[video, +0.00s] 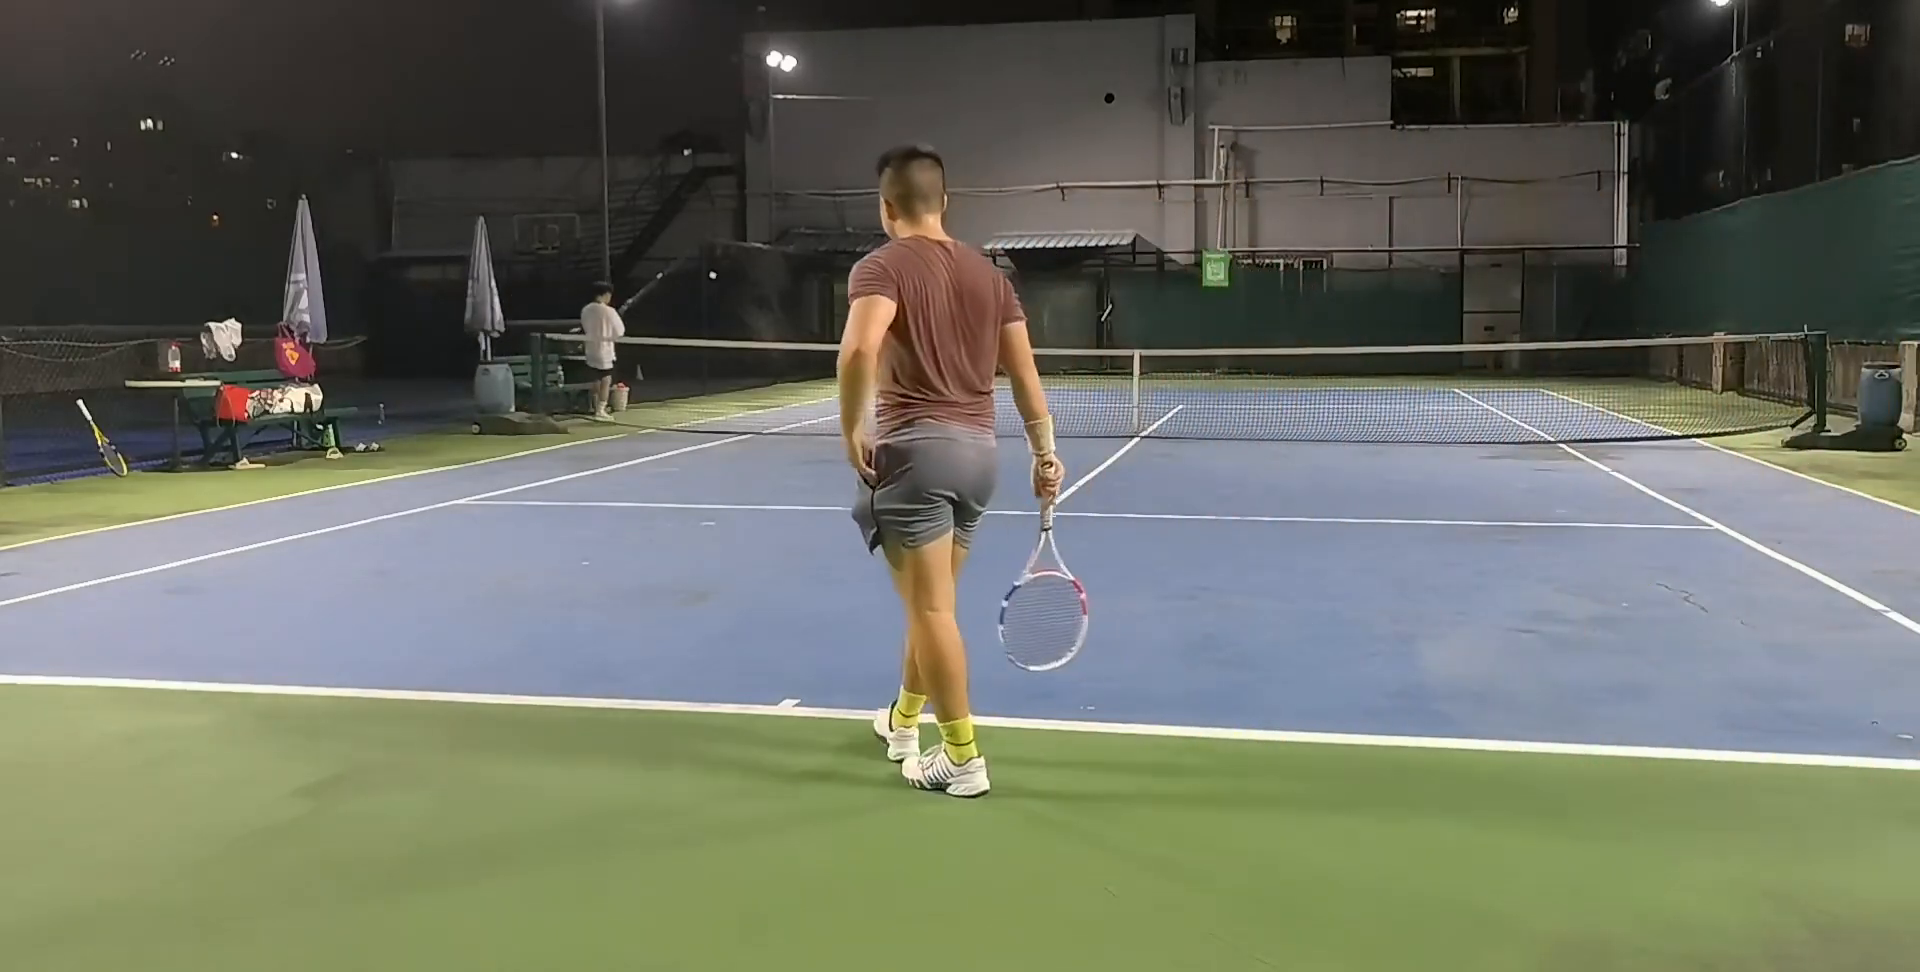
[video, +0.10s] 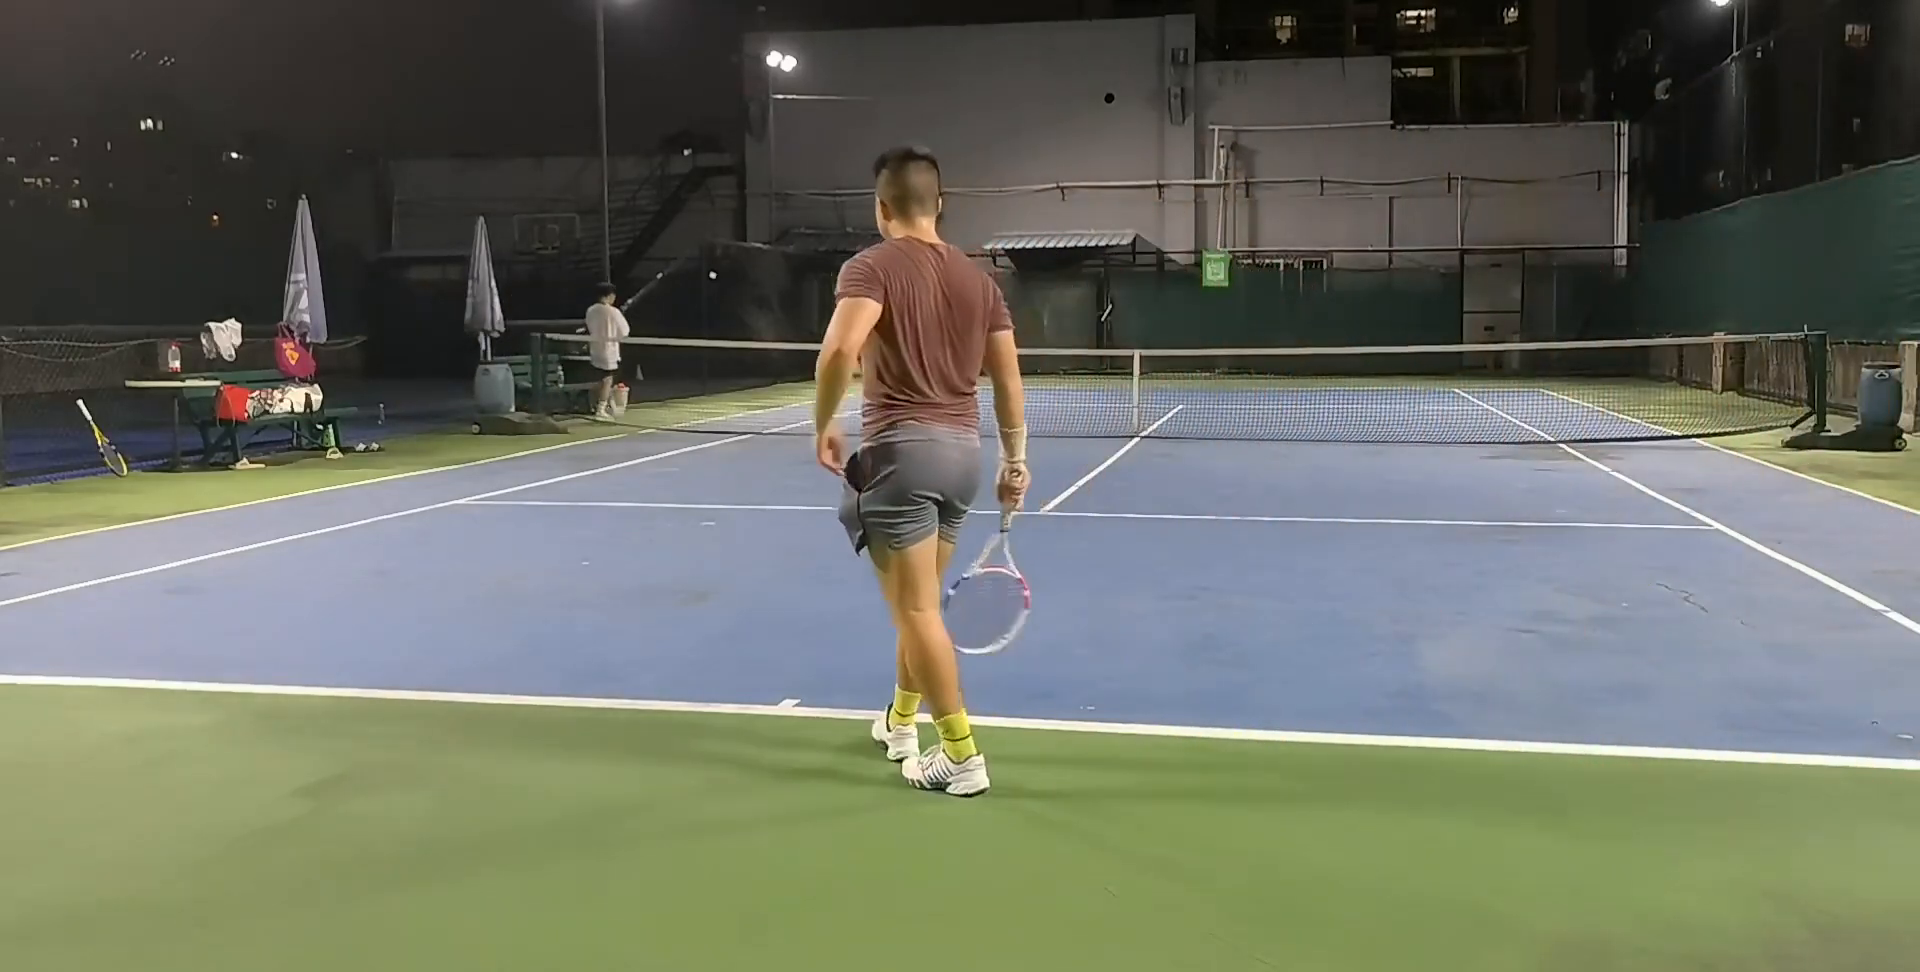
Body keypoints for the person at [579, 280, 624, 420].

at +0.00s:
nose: (610, 298)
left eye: (610, 295)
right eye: (609, 295)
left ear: (595, 294)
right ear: (604, 295)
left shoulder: (585, 310)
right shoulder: (609, 311)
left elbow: (585, 328)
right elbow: (620, 331)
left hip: (590, 348)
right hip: (605, 349)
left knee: (595, 378)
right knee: (606, 379)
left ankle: (596, 406)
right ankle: (601, 410)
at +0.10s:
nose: (614, 298)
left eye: (613, 295)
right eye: (613, 295)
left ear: (599, 295)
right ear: (609, 296)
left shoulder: (590, 310)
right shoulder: (614, 312)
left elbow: (590, 328)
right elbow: (625, 331)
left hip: (595, 349)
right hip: (610, 350)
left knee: (600, 378)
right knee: (607, 380)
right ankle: (601, 410)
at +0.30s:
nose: (620, 299)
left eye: (619, 296)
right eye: (619, 296)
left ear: (606, 297)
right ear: (617, 297)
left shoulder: (598, 312)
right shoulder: (621, 312)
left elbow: (599, 330)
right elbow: (632, 330)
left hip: (605, 350)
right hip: (620, 350)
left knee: (611, 381)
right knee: (625, 379)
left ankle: (618, 410)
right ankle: (611, 401)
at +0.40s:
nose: (623, 298)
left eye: (623, 296)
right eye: (623, 295)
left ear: (609, 295)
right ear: (620, 295)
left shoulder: (601, 311)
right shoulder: (624, 311)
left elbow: (602, 330)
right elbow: (635, 329)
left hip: (609, 350)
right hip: (624, 350)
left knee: (616, 378)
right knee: (633, 374)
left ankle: (618, 409)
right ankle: (622, 396)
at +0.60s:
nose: (631, 298)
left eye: (631, 295)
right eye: (630, 295)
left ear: (616, 296)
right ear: (626, 296)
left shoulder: (608, 311)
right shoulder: (633, 311)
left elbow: (608, 328)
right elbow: (644, 329)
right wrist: (631, 327)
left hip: (616, 351)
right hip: (633, 351)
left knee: (620, 381)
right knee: (639, 377)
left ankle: (620, 410)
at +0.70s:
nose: (636, 300)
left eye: (636, 297)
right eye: (635, 297)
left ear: (623, 297)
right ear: (631, 298)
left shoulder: (613, 313)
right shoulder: (638, 313)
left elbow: (613, 329)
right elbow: (649, 330)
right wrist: (637, 326)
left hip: (620, 352)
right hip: (637, 352)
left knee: (622, 382)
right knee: (642, 378)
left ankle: (620, 411)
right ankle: (645, 407)